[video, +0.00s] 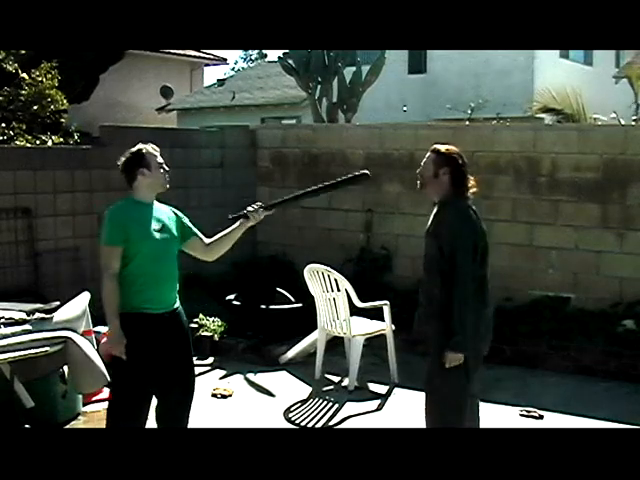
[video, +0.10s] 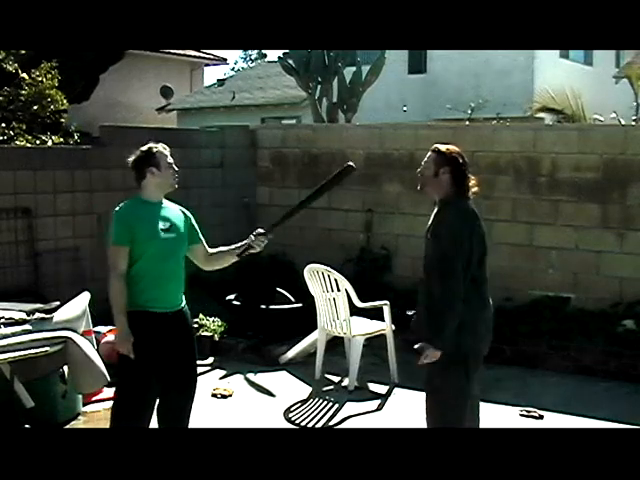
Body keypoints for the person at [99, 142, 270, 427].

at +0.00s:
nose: (167, 169)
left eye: (165, 164)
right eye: (160, 165)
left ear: (148, 173)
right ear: (141, 173)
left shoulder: (171, 216)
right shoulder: (119, 215)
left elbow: (208, 251)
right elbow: (110, 273)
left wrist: (244, 223)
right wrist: (114, 327)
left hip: (172, 321)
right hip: (135, 324)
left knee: (177, 403)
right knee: (128, 410)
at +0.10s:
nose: (176, 169)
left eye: (174, 164)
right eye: (169, 164)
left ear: (157, 173)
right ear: (151, 172)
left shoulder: (182, 215)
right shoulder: (126, 214)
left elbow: (206, 260)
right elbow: (117, 273)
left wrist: (245, 247)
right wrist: (122, 329)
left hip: (177, 320)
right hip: (141, 321)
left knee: (178, 402)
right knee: (135, 405)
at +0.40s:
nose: (199, 171)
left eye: (197, 166)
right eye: (192, 166)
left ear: (180, 174)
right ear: (173, 173)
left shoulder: (198, 218)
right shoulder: (143, 211)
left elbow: (203, 269)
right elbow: (126, 266)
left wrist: (243, 289)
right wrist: (130, 316)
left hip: (185, 318)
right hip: (150, 318)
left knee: (186, 390)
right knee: (148, 392)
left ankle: (176, 429)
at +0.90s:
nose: (174, 170)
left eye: (180, 165)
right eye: (168, 165)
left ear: (192, 171)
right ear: (160, 171)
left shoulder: (203, 217)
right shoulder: (145, 210)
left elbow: (204, 269)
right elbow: (118, 258)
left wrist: (208, 317)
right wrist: (111, 307)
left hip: (188, 317)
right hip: (149, 316)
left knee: (185, 393)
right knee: (150, 393)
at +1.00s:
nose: (167, 170)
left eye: (174, 165)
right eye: (164, 165)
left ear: (190, 171)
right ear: (160, 171)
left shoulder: (204, 216)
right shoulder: (144, 210)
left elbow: (207, 269)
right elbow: (111, 248)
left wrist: (210, 316)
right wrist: (92, 277)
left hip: (189, 317)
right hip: (149, 315)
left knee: (185, 393)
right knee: (150, 392)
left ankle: (177, 429)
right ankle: (144, 431)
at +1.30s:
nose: (196, 166)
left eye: (196, 162)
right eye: (188, 162)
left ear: (195, 173)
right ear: (167, 170)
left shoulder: (204, 219)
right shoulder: (144, 210)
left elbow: (214, 270)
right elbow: (104, 241)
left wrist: (241, 303)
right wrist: (78, 264)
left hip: (191, 316)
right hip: (153, 315)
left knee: (188, 390)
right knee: (154, 389)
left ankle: (178, 432)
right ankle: (146, 432)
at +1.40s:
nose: (203, 170)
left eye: (201, 165)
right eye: (196, 165)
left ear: (184, 173)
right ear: (176, 171)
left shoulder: (204, 220)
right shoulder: (146, 210)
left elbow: (211, 268)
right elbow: (113, 255)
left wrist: (249, 278)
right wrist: (99, 300)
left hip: (191, 317)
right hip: (153, 316)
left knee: (188, 391)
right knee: (155, 391)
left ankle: (178, 432)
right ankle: (147, 433)